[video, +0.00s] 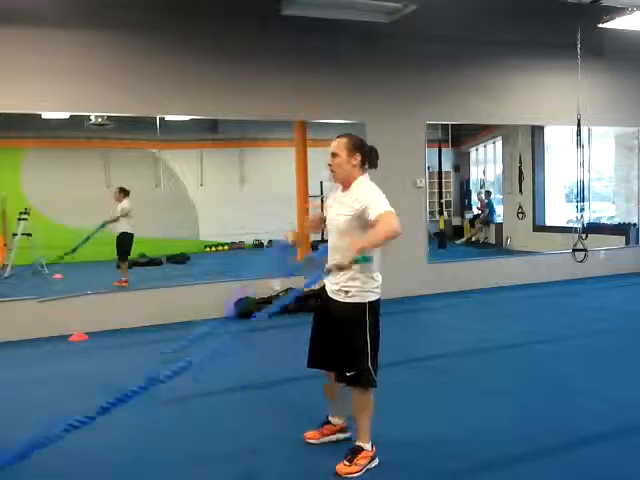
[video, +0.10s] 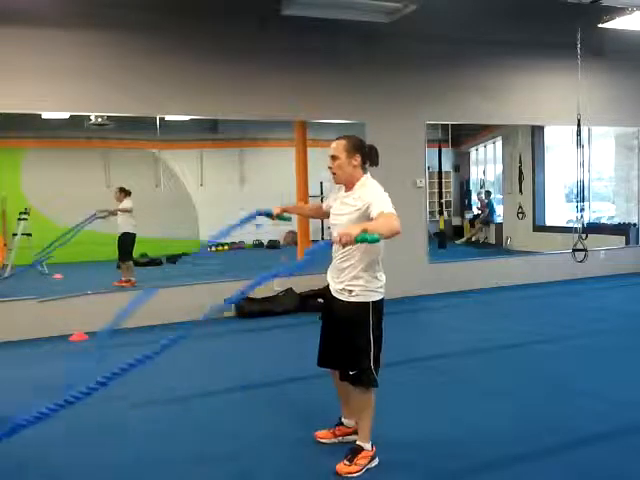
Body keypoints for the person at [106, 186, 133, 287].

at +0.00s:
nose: (115, 196)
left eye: (116, 194)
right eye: (115, 194)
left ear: (122, 194)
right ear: (121, 195)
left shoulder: (125, 204)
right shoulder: (121, 205)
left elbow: (120, 216)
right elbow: (118, 217)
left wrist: (109, 221)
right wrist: (109, 221)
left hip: (125, 232)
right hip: (122, 232)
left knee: (123, 258)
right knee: (122, 258)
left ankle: (124, 279)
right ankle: (124, 278)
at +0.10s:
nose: (115, 196)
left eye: (117, 194)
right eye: (115, 194)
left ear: (123, 194)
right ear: (122, 194)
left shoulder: (127, 202)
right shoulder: (121, 205)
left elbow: (129, 209)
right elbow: (117, 213)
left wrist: (114, 211)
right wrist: (106, 214)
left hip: (128, 232)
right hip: (123, 232)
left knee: (126, 258)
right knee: (123, 258)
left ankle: (130, 279)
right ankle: (125, 278)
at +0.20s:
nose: (116, 197)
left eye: (117, 194)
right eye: (116, 194)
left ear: (123, 194)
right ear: (123, 194)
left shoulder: (127, 203)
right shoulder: (122, 205)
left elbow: (129, 213)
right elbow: (122, 218)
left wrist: (118, 215)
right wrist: (112, 220)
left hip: (130, 232)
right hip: (126, 232)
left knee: (126, 257)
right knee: (127, 257)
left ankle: (126, 278)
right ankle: (128, 278)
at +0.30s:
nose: (118, 197)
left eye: (119, 195)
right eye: (118, 195)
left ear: (125, 195)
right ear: (123, 195)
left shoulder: (129, 204)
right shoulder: (124, 206)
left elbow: (129, 216)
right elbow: (123, 220)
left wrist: (117, 228)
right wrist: (114, 228)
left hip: (132, 232)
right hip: (126, 233)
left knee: (131, 258)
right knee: (127, 258)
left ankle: (132, 278)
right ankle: (130, 278)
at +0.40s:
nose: (120, 196)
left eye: (122, 194)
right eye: (120, 194)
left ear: (127, 194)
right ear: (125, 195)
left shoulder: (131, 204)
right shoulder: (124, 205)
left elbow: (132, 219)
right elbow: (123, 221)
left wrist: (122, 230)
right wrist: (116, 229)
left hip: (132, 233)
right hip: (125, 233)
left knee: (132, 259)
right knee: (125, 258)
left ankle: (131, 278)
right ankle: (125, 277)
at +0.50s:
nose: (122, 195)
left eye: (124, 193)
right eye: (122, 193)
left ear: (129, 194)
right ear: (125, 194)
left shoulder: (132, 204)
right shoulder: (125, 204)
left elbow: (132, 219)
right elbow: (125, 220)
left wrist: (123, 229)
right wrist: (118, 227)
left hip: (133, 233)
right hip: (126, 233)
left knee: (132, 259)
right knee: (123, 258)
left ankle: (131, 278)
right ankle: (125, 277)